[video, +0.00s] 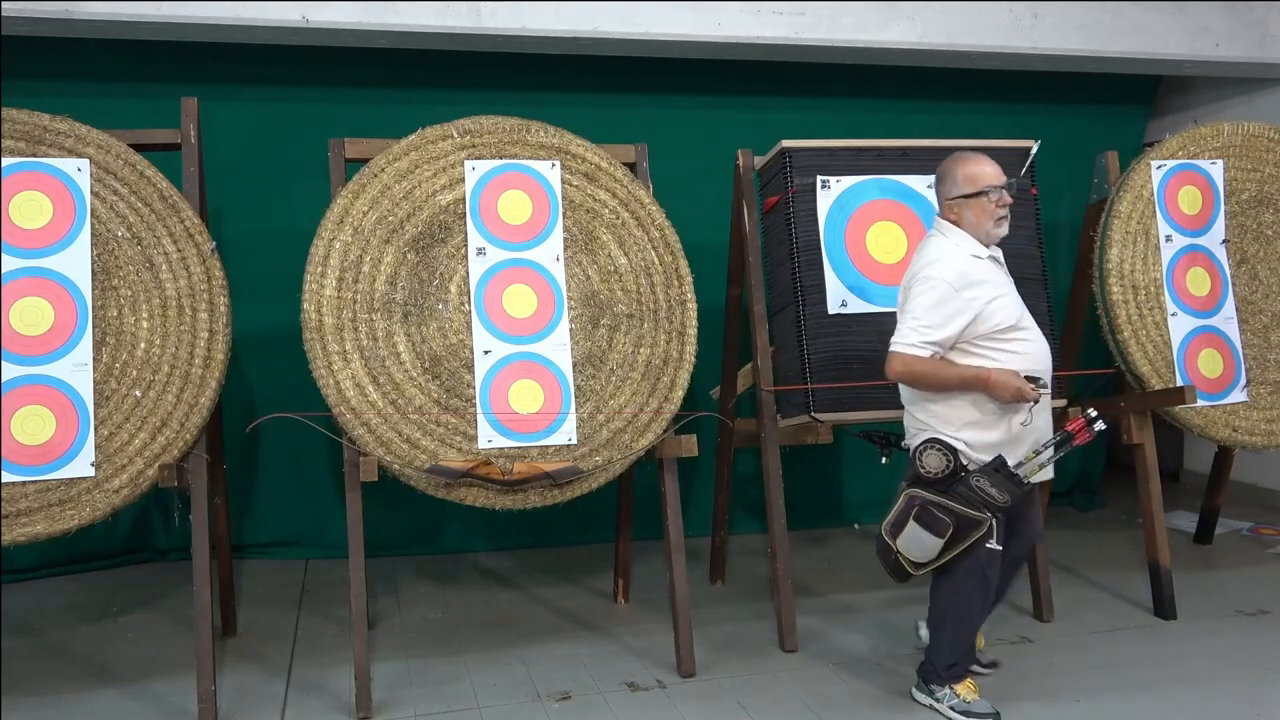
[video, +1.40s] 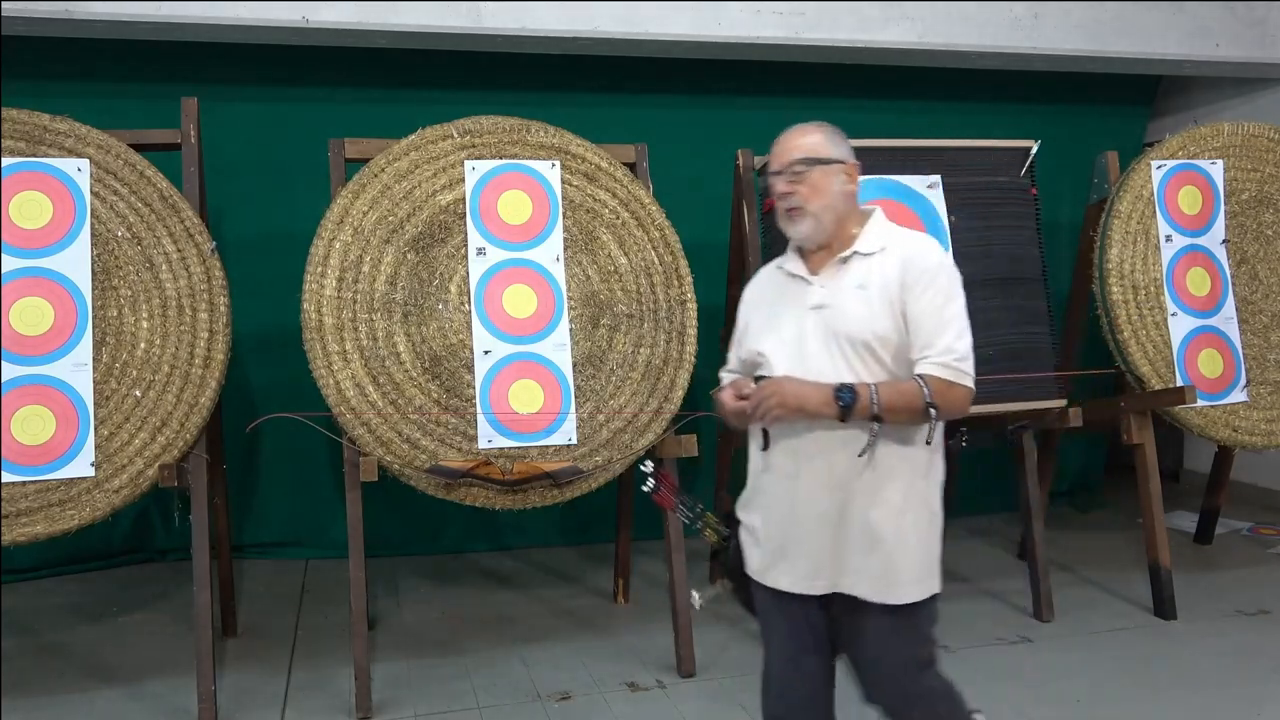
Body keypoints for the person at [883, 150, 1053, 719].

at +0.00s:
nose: (1006, 201)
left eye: (1006, 191)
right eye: (993, 194)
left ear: (973, 204)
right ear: (956, 205)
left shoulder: (972, 252)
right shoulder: (941, 265)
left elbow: (947, 344)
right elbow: (901, 363)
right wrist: (987, 378)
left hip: (1003, 442)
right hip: (969, 452)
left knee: (1017, 541)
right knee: (968, 563)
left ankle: (949, 628)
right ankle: (942, 675)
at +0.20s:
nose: (983, 201)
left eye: (988, 189)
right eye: (966, 195)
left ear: (995, 193)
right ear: (936, 208)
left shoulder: (996, 257)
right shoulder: (916, 276)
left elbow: (1001, 340)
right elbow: (886, 378)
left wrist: (1049, 386)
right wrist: (968, 377)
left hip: (1020, 449)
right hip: (953, 459)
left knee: (1049, 557)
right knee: (961, 568)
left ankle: (1019, 669)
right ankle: (942, 676)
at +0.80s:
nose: (953, 185)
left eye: (969, 172)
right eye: (939, 175)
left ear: (996, 183)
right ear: (923, 187)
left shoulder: (1045, 269)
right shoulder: (888, 265)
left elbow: (1084, 385)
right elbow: (845, 354)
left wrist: (1097, 478)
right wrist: (861, 360)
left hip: (997, 498)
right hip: (905, 492)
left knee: (1002, 646)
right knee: (914, 620)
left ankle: (994, 715)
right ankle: (956, 694)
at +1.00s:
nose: (915, 188)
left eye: (931, 173)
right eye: (899, 178)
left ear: (961, 182)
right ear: (886, 195)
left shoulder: (1020, 264)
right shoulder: (867, 269)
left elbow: (1083, 378)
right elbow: (850, 353)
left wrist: (1049, 465)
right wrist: (838, 373)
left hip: (984, 524)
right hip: (881, 520)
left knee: (993, 683)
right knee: (875, 671)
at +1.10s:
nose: (892, 195)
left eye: (908, 179)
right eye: (876, 185)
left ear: (939, 186)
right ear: (864, 201)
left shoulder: (999, 267)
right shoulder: (845, 279)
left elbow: (1062, 379)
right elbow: (837, 364)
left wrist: (985, 443)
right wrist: (823, 382)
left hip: (971, 531)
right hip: (867, 528)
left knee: (990, 692)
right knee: (856, 688)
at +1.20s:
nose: (866, 200)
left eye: (881, 183)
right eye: (850, 191)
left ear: (913, 192)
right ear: (838, 210)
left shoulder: (972, 273)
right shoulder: (821, 290)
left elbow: (1019, 397)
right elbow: (813, 382)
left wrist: (908, 428)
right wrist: (797, 398)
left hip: (948, 539)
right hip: (843, 540)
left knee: (982, 701)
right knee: (841, 699)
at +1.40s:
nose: (781, 189)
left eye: (799, 172)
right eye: (772, 178)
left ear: (850, 177)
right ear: (766, 192)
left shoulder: (918, 261)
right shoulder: (763, 287)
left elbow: (952, 390)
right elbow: (738, 394)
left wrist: (825, 398)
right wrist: (733, 403)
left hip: (885, 545)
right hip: (782, 545)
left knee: (904, 692)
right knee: (790, 705)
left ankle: (954, 714)